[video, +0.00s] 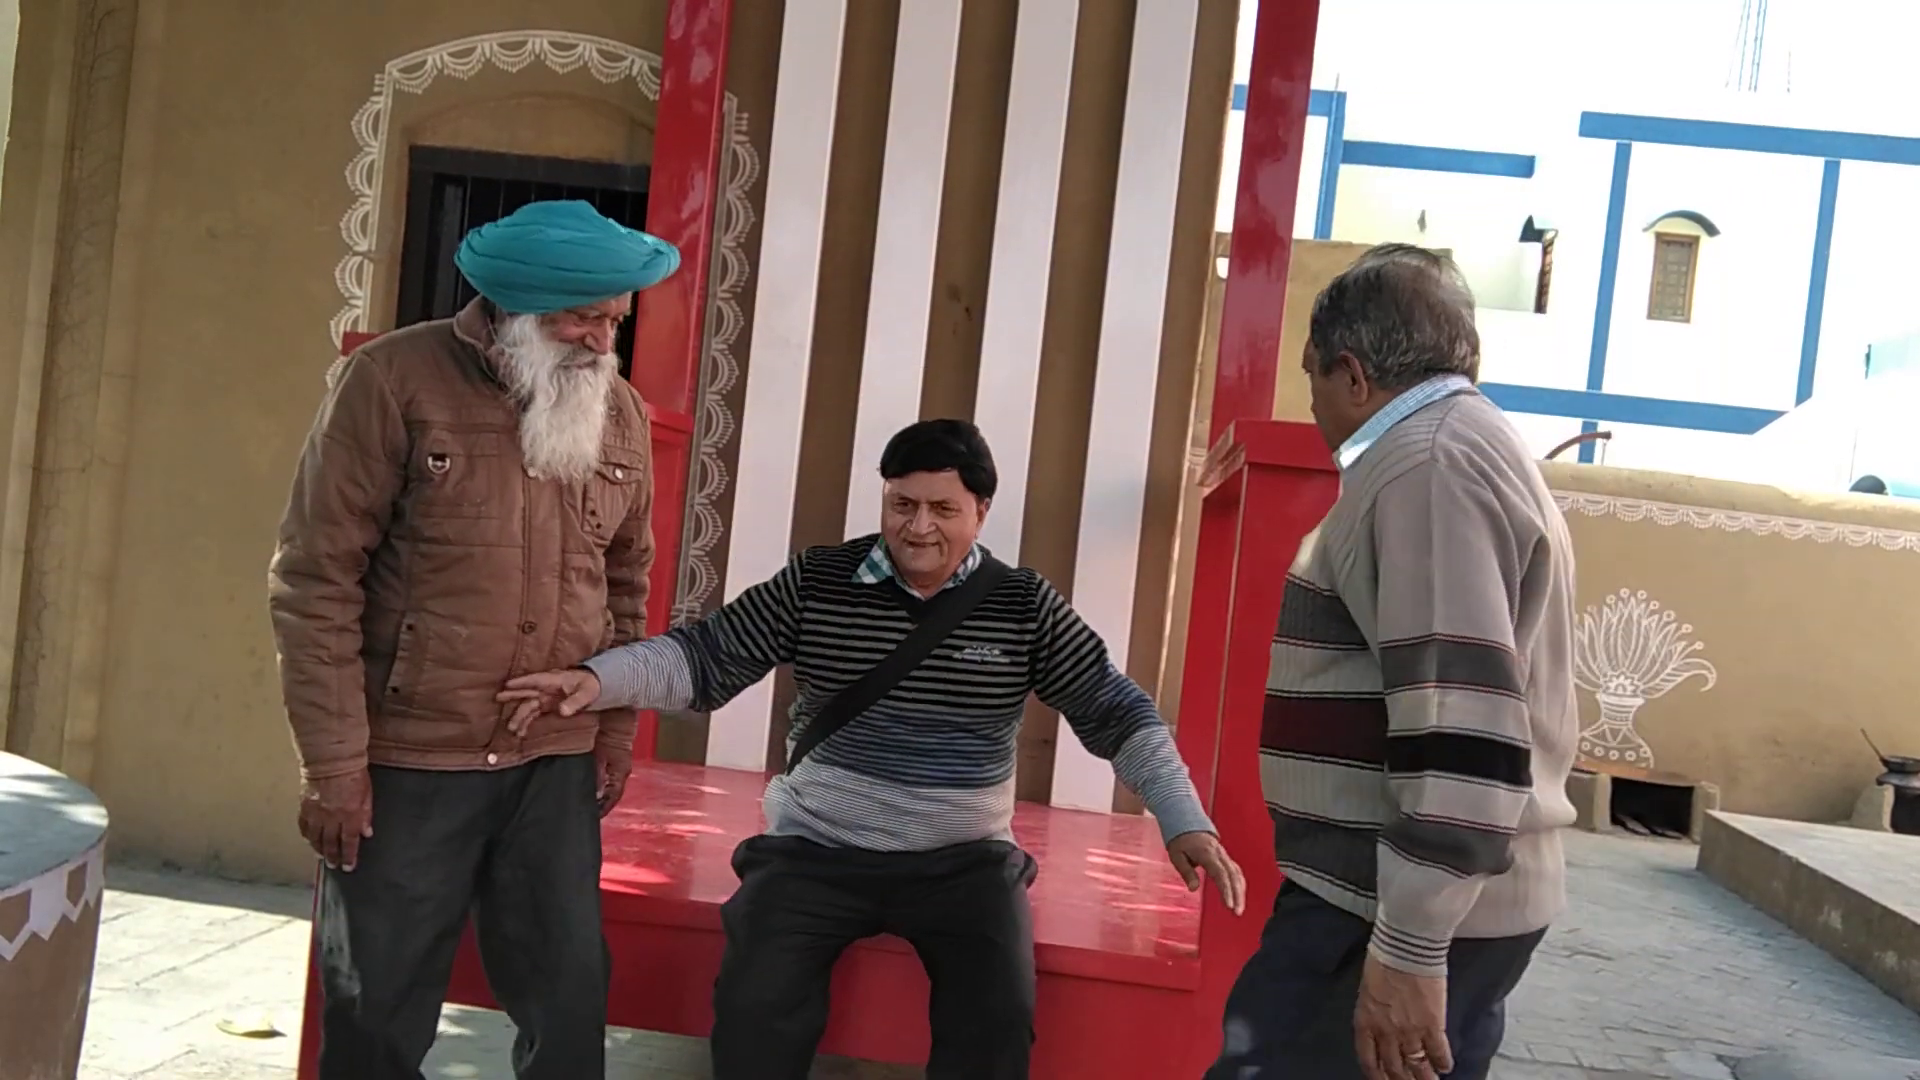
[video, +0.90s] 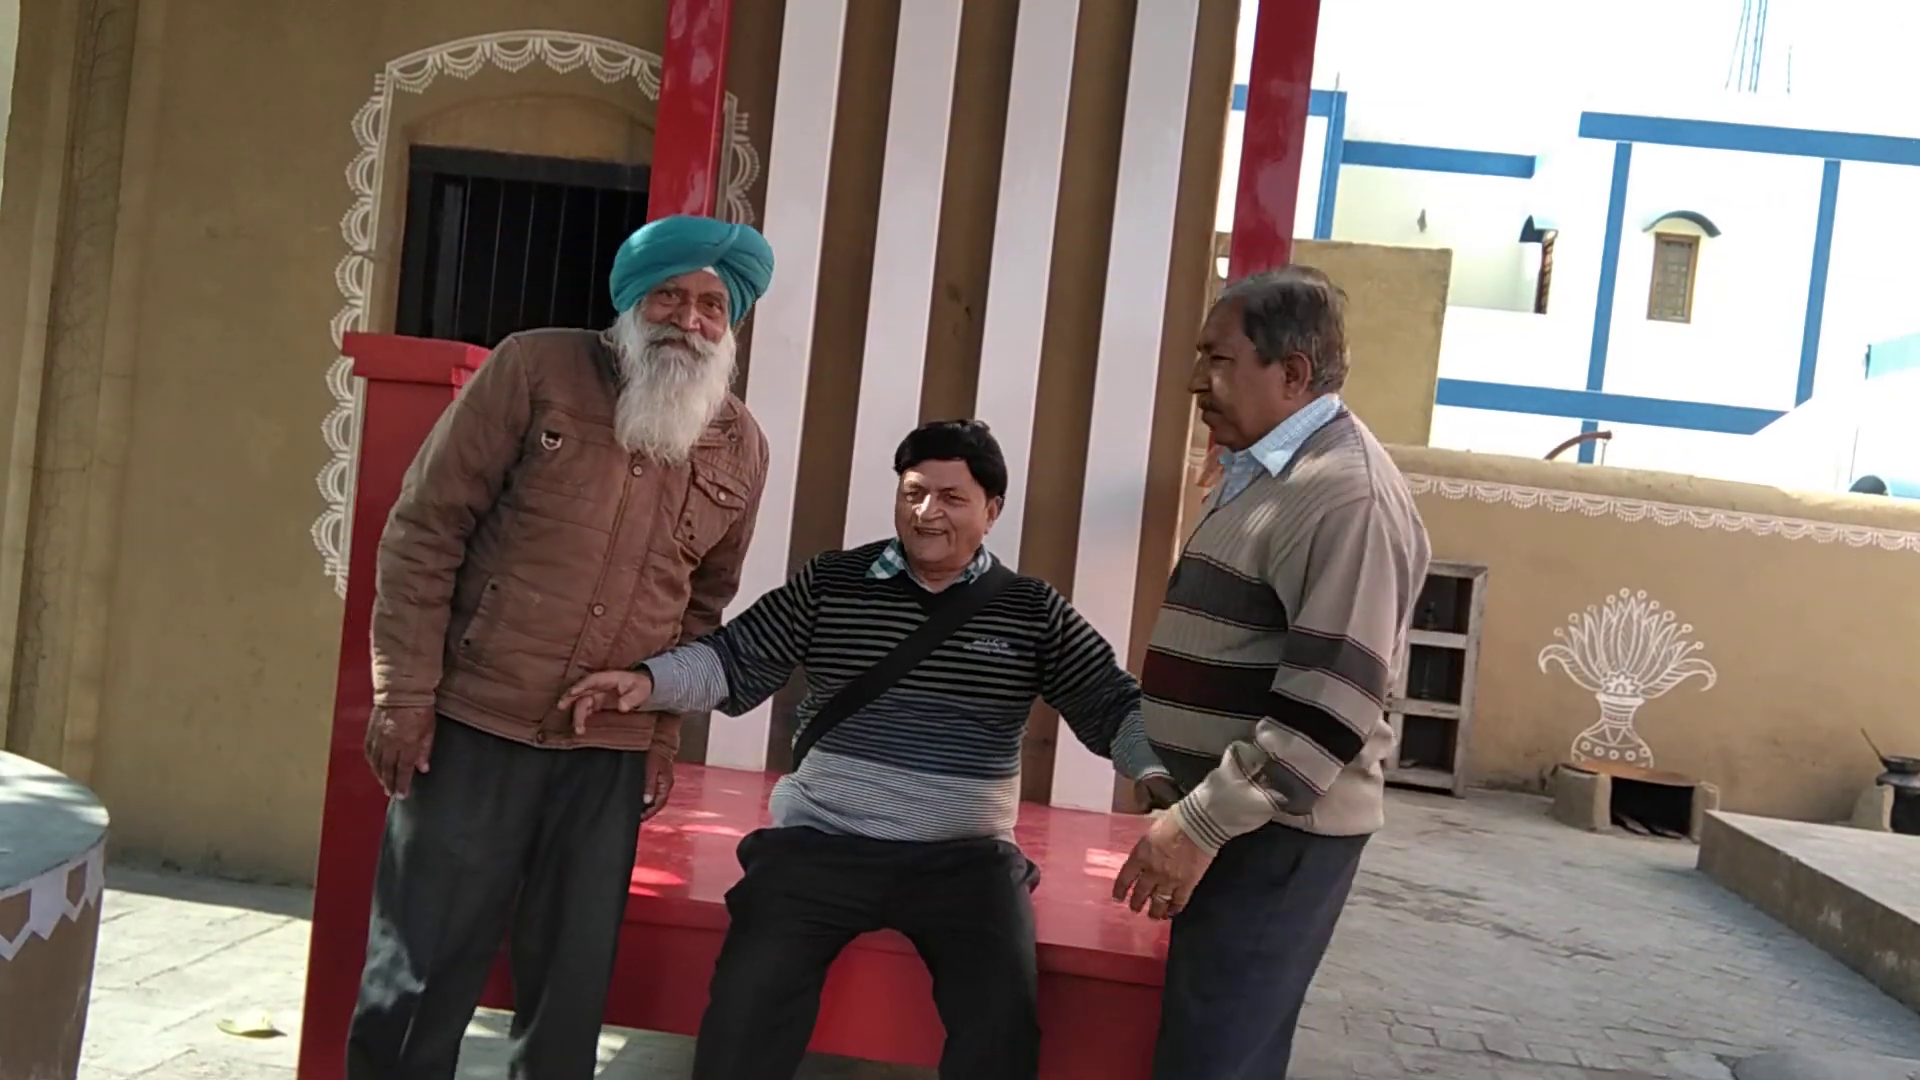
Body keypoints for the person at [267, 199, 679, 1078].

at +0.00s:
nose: (602, 337)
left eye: (614, 318)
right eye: (584, 316)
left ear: (621, 313)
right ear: (517, 306)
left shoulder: (619, 412)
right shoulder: (393, 379)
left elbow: (626, 585)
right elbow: (315, 575)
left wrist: (616, 728)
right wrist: (335, 763)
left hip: (553, 776)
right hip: (410, 776)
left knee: (569, 1013)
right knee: (378, 1032)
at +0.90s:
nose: (692, 317)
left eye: (715, 303)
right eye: (672, 295)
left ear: (733, 326)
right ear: (629, 301)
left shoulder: (740, 446)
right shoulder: (534, 370)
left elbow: (707, 601)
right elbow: (426, 527)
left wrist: (668, 730)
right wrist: (404, 689)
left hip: (610, 762)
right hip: (474, 739)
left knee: (567, 1019)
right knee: (413, 999)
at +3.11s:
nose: (609, 291)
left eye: (632, 277)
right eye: (591, 269)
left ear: (656, 302)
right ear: (553, 279)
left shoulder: (682, 424)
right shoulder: (460, 365)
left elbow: (677, 587)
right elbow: (375, 535)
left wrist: (635, 723)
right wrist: (359, 702)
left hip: (574, 744)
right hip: (432, 726)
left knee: (527, 994)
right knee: (386, 976)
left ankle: (499, 1077)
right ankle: (376, 1075)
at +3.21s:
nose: (610, 291)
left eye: (632, 277)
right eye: (591, 269)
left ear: (657, 300)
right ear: (554, 280)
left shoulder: (680, 427)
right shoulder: (460, 365)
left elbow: (676, 593)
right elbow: (374, 533)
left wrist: (631, 728)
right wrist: (357, 697)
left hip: (572, 747)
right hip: (431, 727)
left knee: (524, 999)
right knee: (367, 978)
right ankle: (351, 1074)